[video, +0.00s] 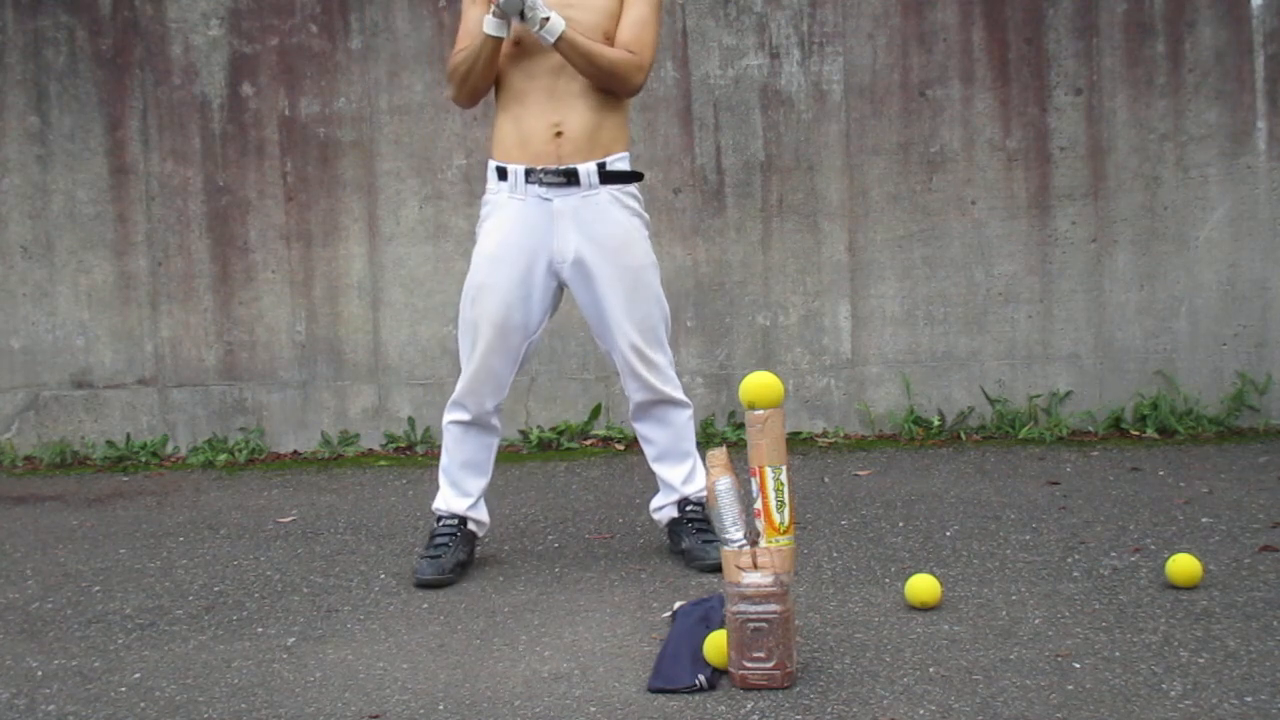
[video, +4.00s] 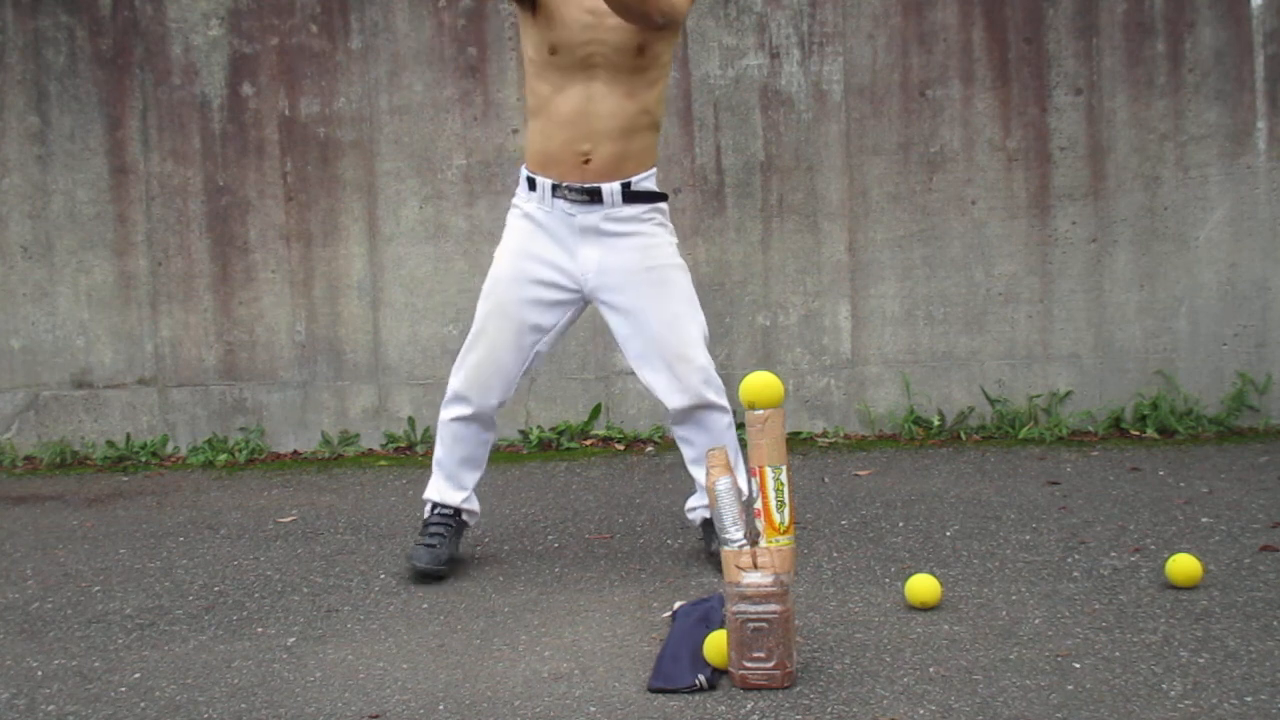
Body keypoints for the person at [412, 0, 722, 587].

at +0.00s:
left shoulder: (636, 0)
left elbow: (629, 76)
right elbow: (463, 91)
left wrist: (553, 27)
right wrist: (497, 27)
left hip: (605, 196)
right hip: (513, 198)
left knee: (647, 364)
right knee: (480, 375)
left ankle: (686, 507)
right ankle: (455, 517)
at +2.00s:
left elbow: (629, 68)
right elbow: (460, 88)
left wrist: (560, 15)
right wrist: (499, 16)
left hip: (605, 195)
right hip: (513, 197)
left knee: (647, 362)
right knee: (480, 373)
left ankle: (686, 507)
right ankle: (455, 517)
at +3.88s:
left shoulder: (662, 3)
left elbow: (645, 23)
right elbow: (453, 12)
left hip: (628, 215)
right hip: (531, 212)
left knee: (686, 377)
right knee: (477, 381)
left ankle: (723, 515)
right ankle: (452, 518)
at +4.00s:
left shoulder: (669, 8)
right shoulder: (533, 2)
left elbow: (643, 7)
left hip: (636, 222)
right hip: (539, 219)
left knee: (693, 382)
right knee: (476, 382)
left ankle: (725, 516)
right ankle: (446, 509)